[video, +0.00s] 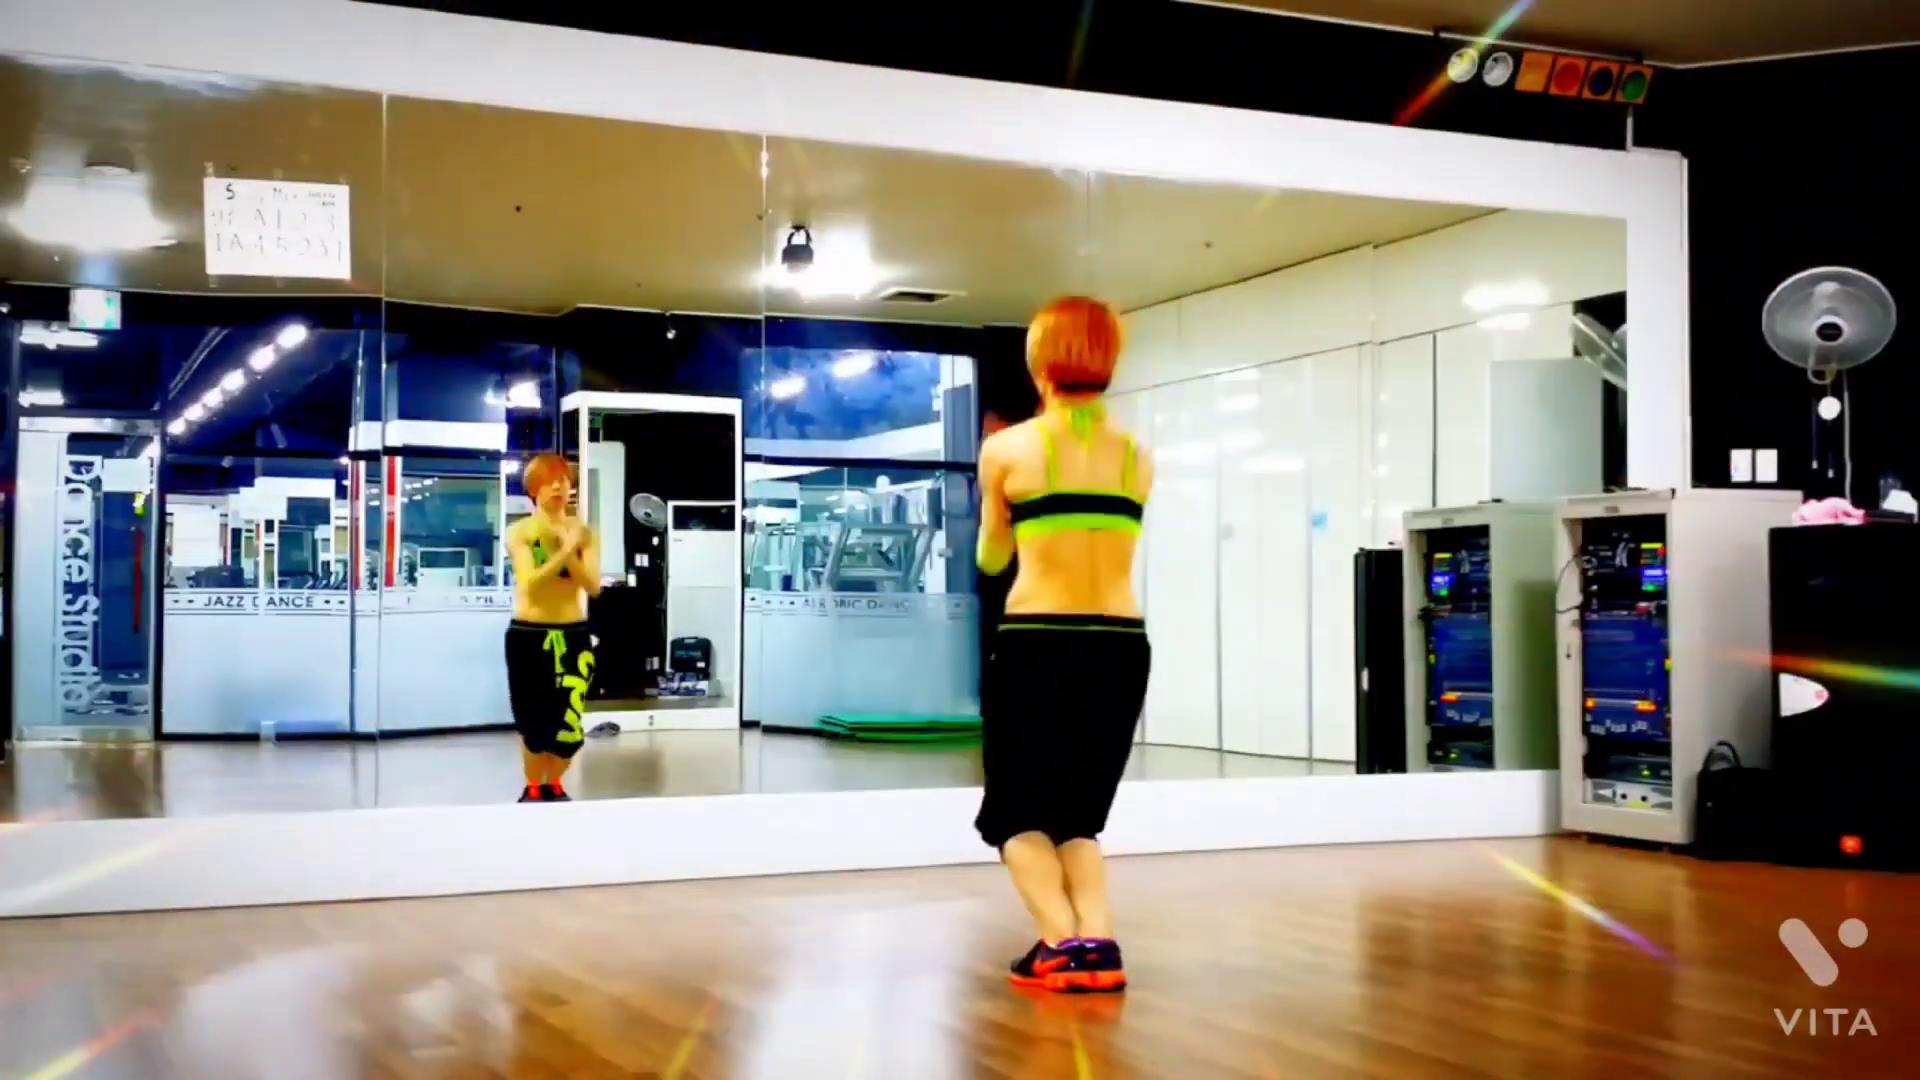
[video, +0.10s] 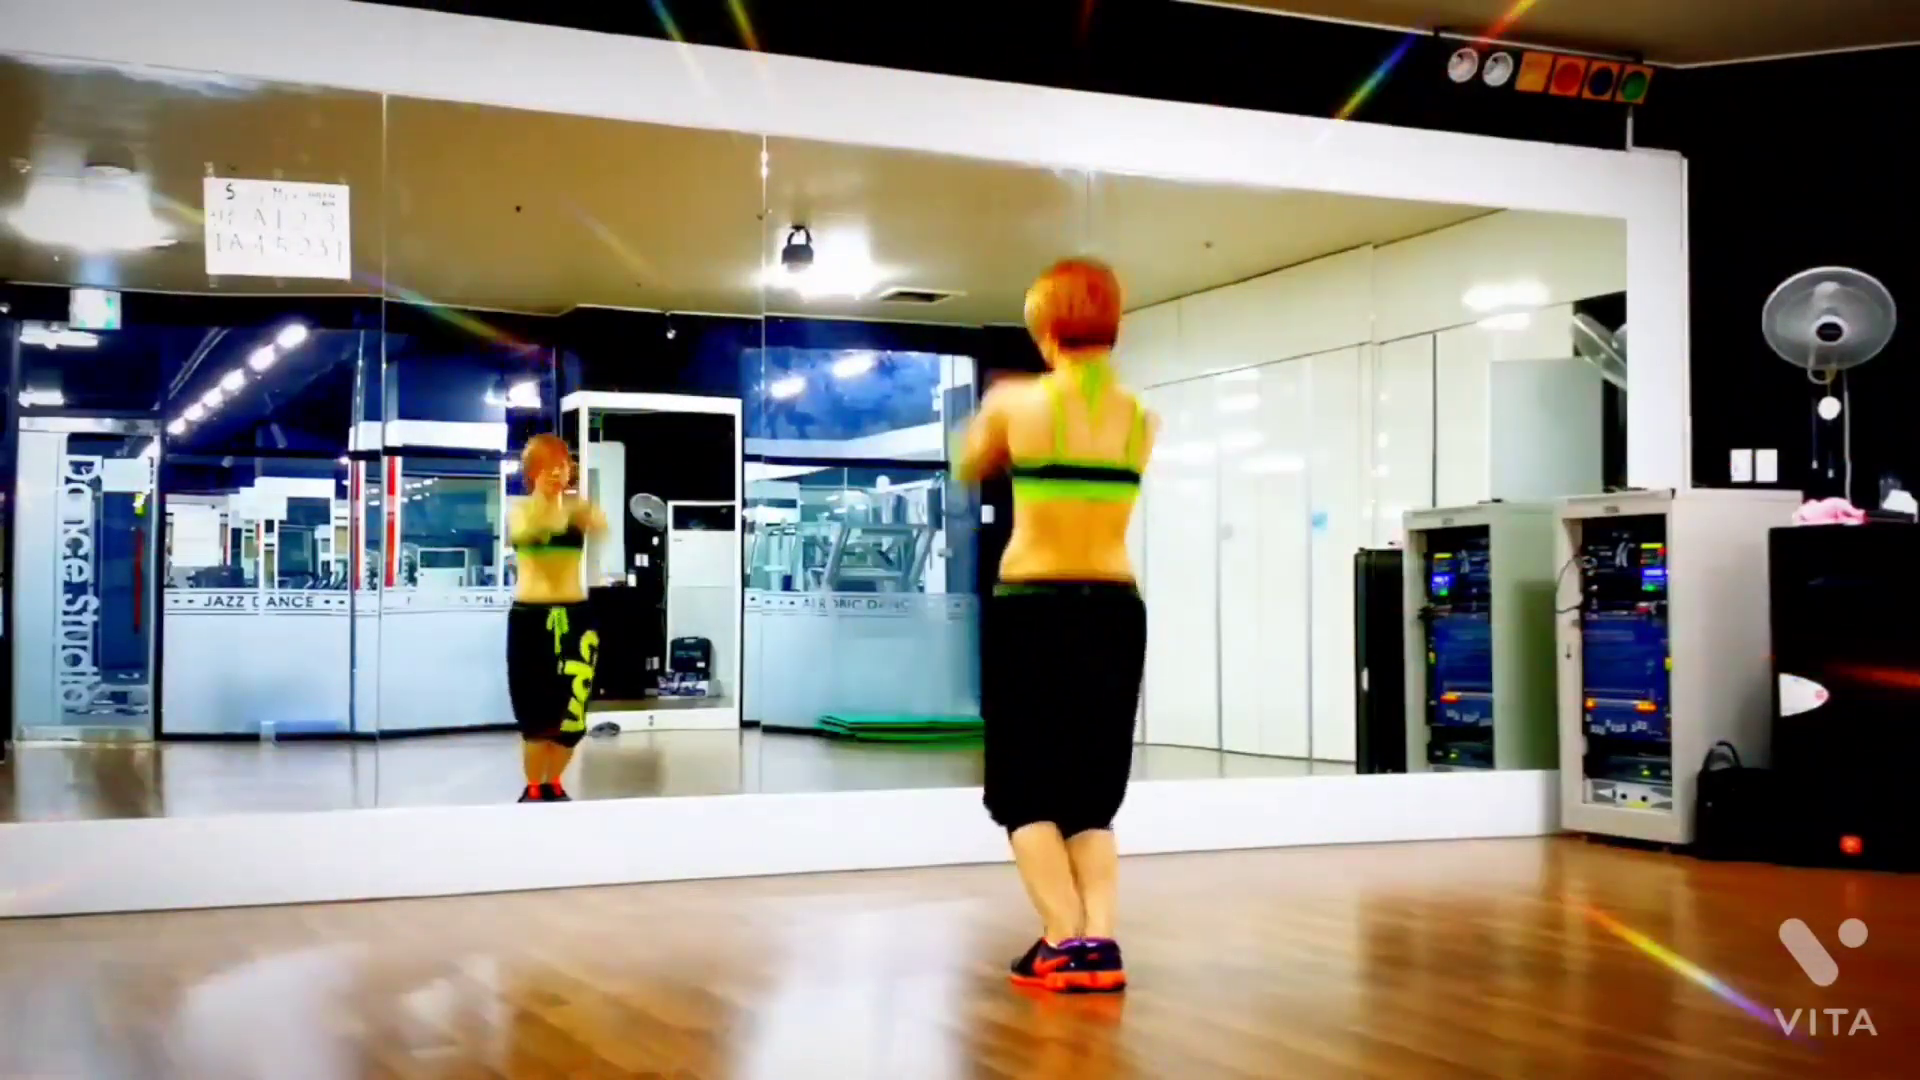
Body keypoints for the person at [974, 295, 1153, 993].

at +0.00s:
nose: (1033, 367)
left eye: (1035, 356)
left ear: (1037, 366)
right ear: (1109, 366)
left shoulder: (1008, 449)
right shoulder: (1137, 457)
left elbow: (994, 554)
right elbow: (1111, 539)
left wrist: (1006, 482)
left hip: (1035, 645)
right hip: (1119, 645)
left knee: (1014, 809)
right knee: (1078, 812)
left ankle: (1060, 940)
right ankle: (1097, 941)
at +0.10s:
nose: (1035, 336)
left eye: (1037, 326)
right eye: (1045, 326)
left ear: (1044, 332)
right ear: (1112, 329)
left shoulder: (1013, 404)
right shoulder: (1140, 419)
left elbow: (969, 466)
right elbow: (1112, 473)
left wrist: (995, 414)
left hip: (1030, 608)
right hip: (1113, 606)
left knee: (1021, 783)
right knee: (1091, 785)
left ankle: (1063, 936)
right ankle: (1099, 941)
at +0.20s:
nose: (1035, 306)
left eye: (1037, 295)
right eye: (1041, 294)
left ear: (1044, 304)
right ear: (1110, 302)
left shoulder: (1024, 371)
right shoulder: (1139, 383)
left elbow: (962, 360)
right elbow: (1095, 382)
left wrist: (993, 329)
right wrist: (1045, 343)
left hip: (1030, 585)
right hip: (1113, 584)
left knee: (1028, 765)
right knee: (1102, 769)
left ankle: (1061, 937)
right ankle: (1101, 943)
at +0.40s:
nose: (1020, 287)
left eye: (1025, 277)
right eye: (1088, 268)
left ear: (1031, 289)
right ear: (1106, 286)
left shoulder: (1019, 348)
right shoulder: (1125, 358)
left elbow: (995, 227)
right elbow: (1116, 245)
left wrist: (986, 125)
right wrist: (1096, 135)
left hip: (1026, 571)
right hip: (1107, 569)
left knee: (1039, 760)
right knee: (1119, 759)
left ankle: (1064, 939)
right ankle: (1103, 942)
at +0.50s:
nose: (1022, 290)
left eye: (1027, 281)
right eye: (1048, 279)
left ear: (1030, 290)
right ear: (1100, 292)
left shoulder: (1015, 346)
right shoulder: (1119, 357)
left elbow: (972, 230)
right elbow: (1147, 258)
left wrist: (926, 127)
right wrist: (1181, 147)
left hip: (1026, 570)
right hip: (1108, 569)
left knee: (1038, 757)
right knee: (1120, 758)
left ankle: (1064, 937)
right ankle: (1102, 942)